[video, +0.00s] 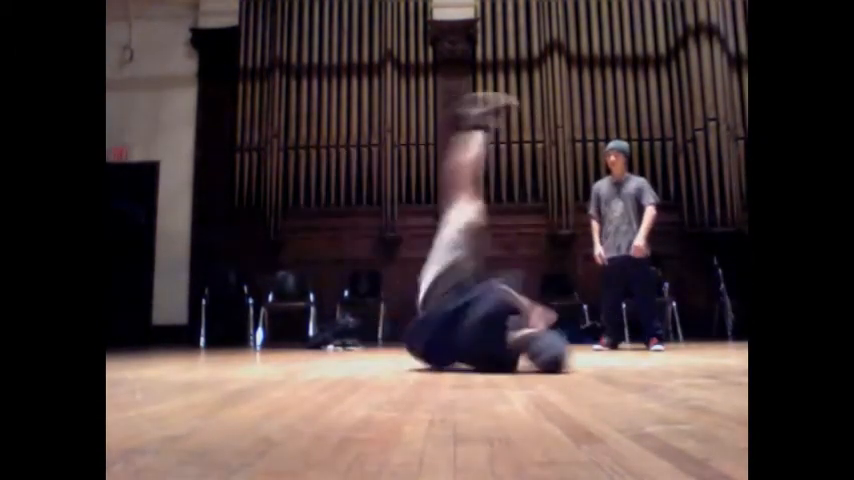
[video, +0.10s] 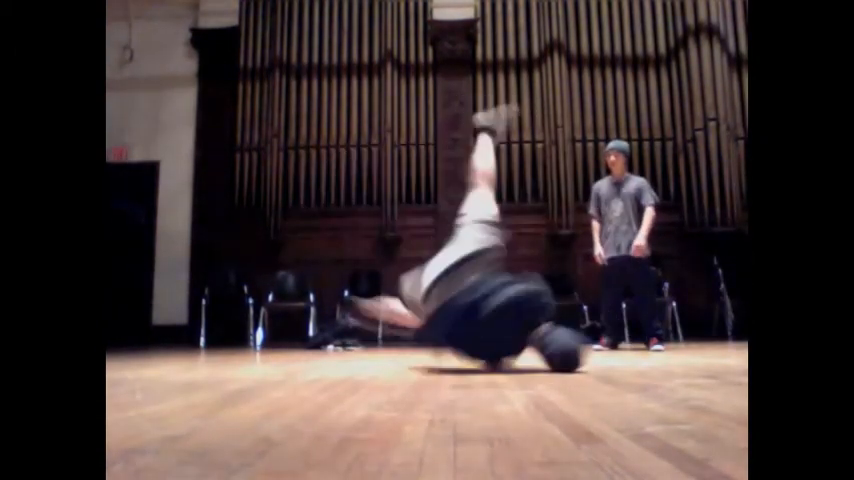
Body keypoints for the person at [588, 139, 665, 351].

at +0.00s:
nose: (612, 160)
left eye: (616, 156)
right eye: (609, 156)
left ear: (625, 159)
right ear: (606, 160)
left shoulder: (639, 183)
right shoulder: (599, 187)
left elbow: (650, 209)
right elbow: (594, 217)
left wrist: (641, 238)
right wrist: (597, 245)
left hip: (635, 253)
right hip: (610, 254)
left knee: (645, 298)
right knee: (609, 300)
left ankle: (653, 336)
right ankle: (609, 337)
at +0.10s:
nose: (612, 160)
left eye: (616, 156)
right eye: (609, 156)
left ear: (625, 158)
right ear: (606, 160)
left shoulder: (639, 184)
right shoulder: (599, 187)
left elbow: (650, 210)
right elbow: (595, 218)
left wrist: (641, 237)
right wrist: (597, 245)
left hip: (635, 253)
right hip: (610, 255)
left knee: (645, 298)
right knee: (609, 300)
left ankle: (653, 336)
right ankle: (609, 337)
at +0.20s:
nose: (612, 160)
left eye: (616, 155)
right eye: (609, 156)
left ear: (625, 158)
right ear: (606, 160)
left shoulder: (639, 184)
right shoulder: (599, 187)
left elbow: (648, 211)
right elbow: (595, 218)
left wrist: (646, 239)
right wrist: (596, 245)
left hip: (634, 250)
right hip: (610, 252)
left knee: (645, 296)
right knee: (610, 298)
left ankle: (653, 336)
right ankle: (610, 336)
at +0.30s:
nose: (612, 159)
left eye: (616, 155)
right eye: (609, 155)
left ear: (625, 158)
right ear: (606, 159)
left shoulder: (639, 184)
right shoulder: (599, 188)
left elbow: (648, 213)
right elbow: (595, 218)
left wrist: (648, 240)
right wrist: (596, 245)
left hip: (635, 250)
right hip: (610, 252)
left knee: (645, 296)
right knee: (610, 298)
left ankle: (653, 336)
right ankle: (609, 336)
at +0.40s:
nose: (611, 159)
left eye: (616, 155)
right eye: (609, 155)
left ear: (625, 158)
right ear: (606, 159)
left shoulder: (639, 184)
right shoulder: (599, 187)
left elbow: (649, 214)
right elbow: (595, 219)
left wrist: (651, 243)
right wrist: (595, 247)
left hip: (636, 251)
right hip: (610, 252)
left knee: (645, 297)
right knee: (609, 299)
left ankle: (653, 336)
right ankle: (609, 336)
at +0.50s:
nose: (612, 159)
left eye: (616, 155)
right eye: (609, 155)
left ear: (625, 158)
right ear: (606, 159)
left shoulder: (639, 185)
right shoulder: (598, 187)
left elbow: (649, 215)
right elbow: (594, 219)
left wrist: (655, 245)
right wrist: (593, 247)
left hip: (636, 251)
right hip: (610, 252)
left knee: (645, 297)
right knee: (610, 299)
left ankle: (653, 336)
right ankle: (609, 337)